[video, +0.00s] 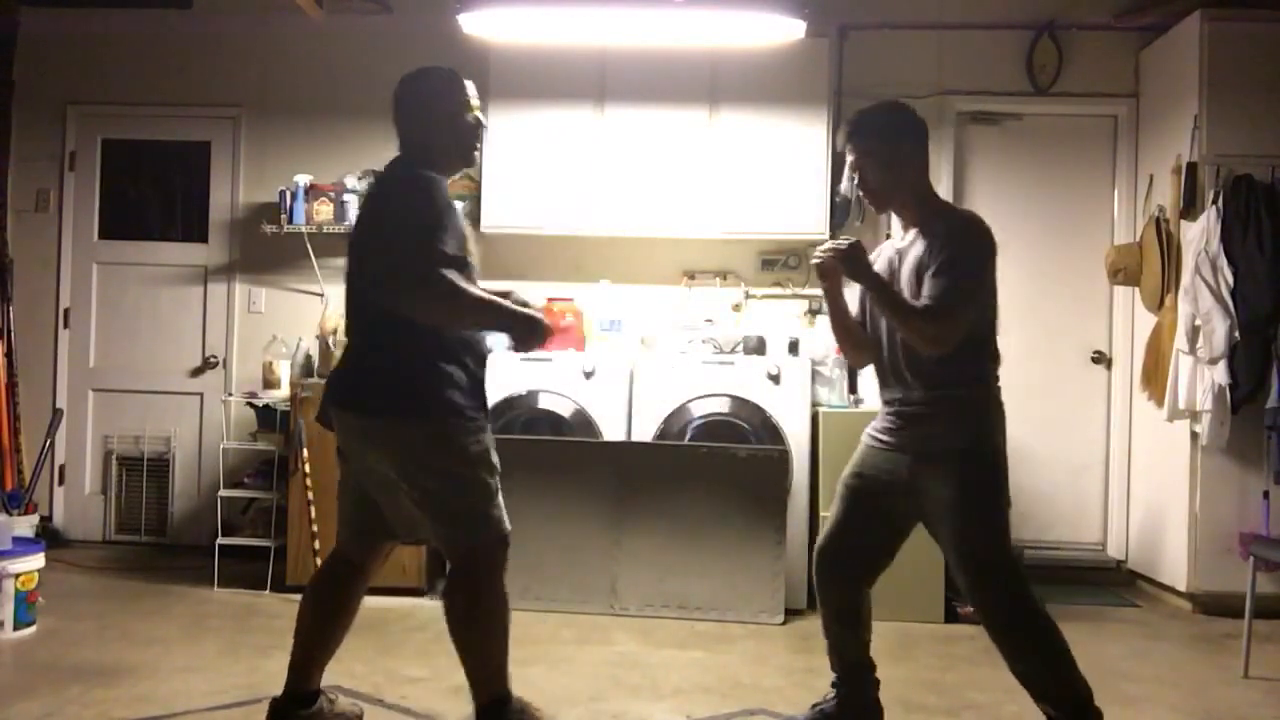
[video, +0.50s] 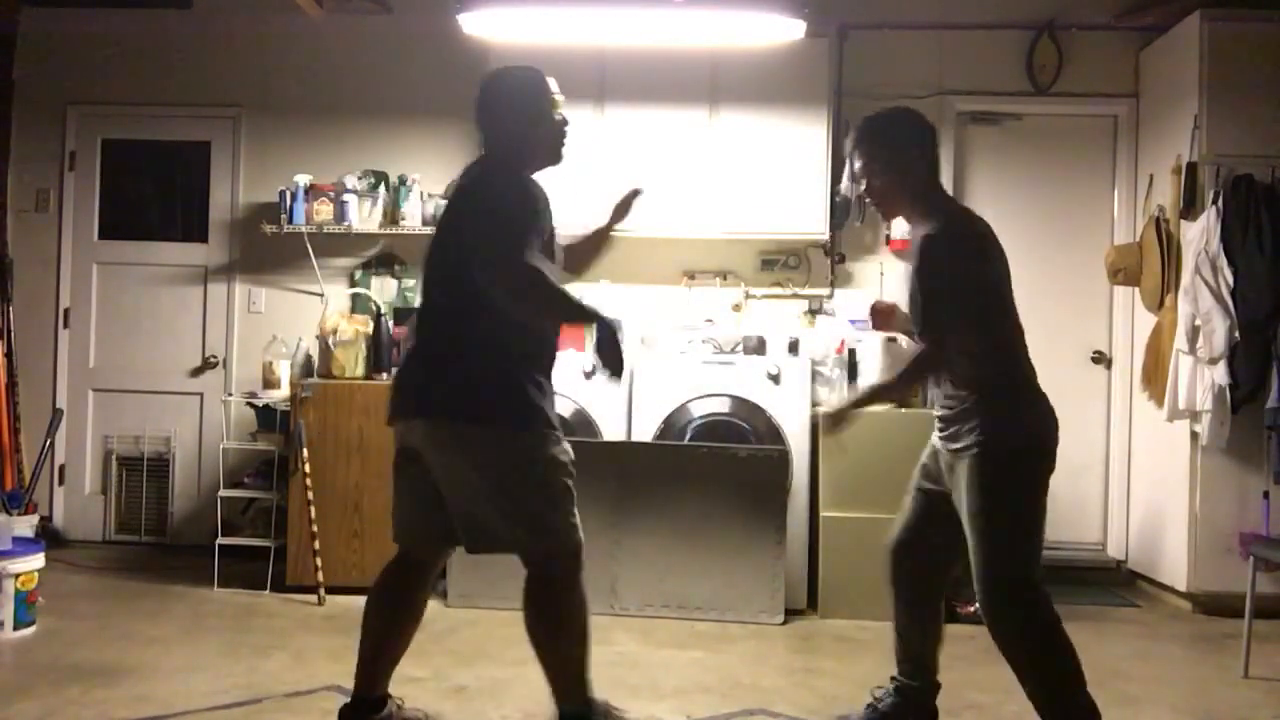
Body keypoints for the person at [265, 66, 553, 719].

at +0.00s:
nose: (482, 126)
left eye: (479, 113)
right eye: (469, 113)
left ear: (419, 126)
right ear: (425, 120)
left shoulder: (388, 191)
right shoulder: (418, 189)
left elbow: (423, 287)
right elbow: (418, 287)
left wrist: (507, 308)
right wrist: (515, 318)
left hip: (368, 402)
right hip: (426, 406)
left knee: (356, 550)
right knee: (480, 545)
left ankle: (298, 695)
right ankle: (496, 705)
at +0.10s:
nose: (505, 134)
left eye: (502, 120)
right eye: (494, 120)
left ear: (442, 126)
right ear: (455, 123)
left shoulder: (410, 190)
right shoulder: (451, 191)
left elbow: (439, 296)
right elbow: (482, 297)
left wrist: (515, 286)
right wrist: (573, 329)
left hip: (379, 404)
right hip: (443, 411)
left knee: (368, 556)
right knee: (485, 560)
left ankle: (299, 697)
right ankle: (503, 712)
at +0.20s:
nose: (524, 129)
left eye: (521, 115)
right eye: (512, 115)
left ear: (453, 122)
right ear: (475, 121)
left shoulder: (419, 194)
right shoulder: (486, 199)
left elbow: (458, 270)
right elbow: (556, 283)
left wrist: (525, 244)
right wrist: (637, 317)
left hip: (389, 405)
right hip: (462, 411)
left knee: (409, 550)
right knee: (495, 560)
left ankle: (325, 685)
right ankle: (506, 711)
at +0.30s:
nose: (535, 123)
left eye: (532, 109)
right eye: (522, 109)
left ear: (465, 118)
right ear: (483, 116)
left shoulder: (435, 183)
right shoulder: (496, 191)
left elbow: (488, 259)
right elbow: (579, 263)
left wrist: (539, 213)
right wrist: (676, 308)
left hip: (394, 400)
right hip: (464, 404)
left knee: (419, 551)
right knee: (503, 555)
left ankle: (370, 694)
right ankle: (507, 710)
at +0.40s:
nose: (543, 122)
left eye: (539, 109)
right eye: (530, 109)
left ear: (475, 121)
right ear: (493, 118)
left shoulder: (451, 187)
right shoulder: (497, 192)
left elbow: (537, 263)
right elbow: (549, 287)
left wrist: (574, 200)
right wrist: (622, 335)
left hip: (408, 400)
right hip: (477, 403)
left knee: (418, 551)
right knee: (547, 543)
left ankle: (367, 700)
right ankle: (527, 703)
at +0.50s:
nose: (567, 117)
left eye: (562, 106)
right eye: (554, 106)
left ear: (505, 123)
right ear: (518, 119)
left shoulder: (477, 187)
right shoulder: (512, 187)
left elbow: (559, 264)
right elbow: (505, 270)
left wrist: (610, 227)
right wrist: (595, 321)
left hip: (428, 401)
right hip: (496, 405)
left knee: (417, 556)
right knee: (555, 555)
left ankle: (367, 701)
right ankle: (576, 706)